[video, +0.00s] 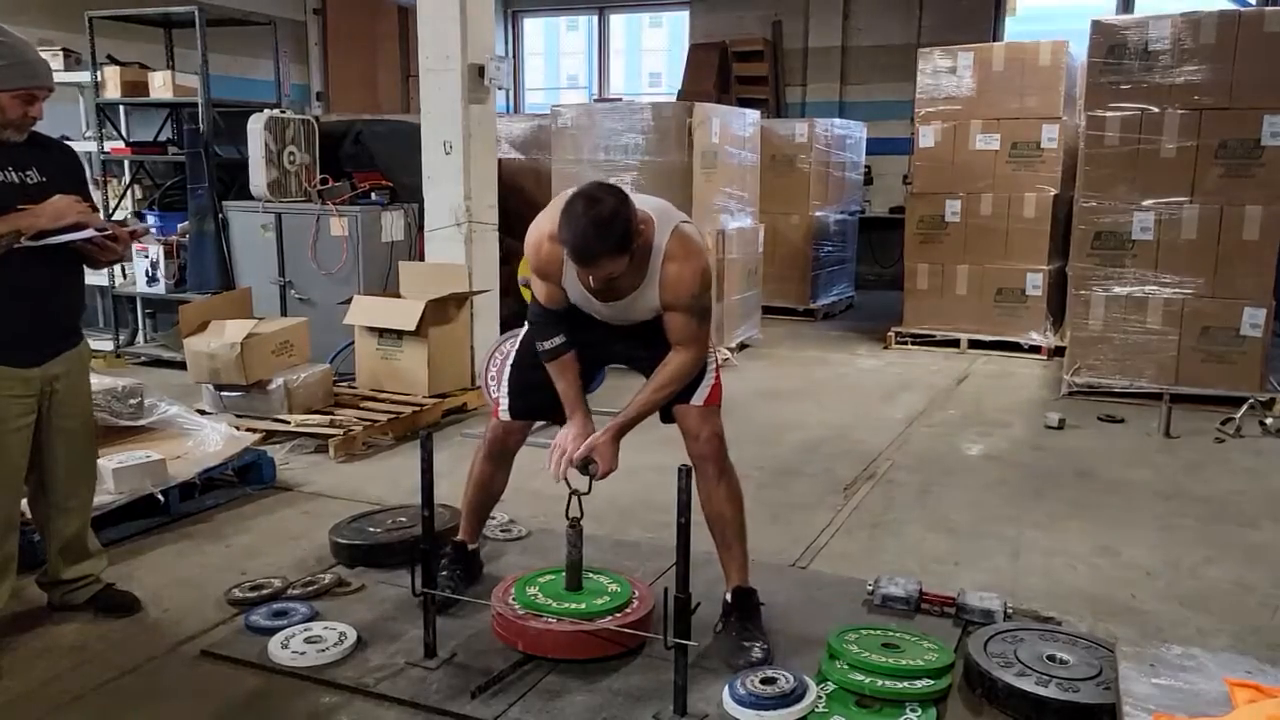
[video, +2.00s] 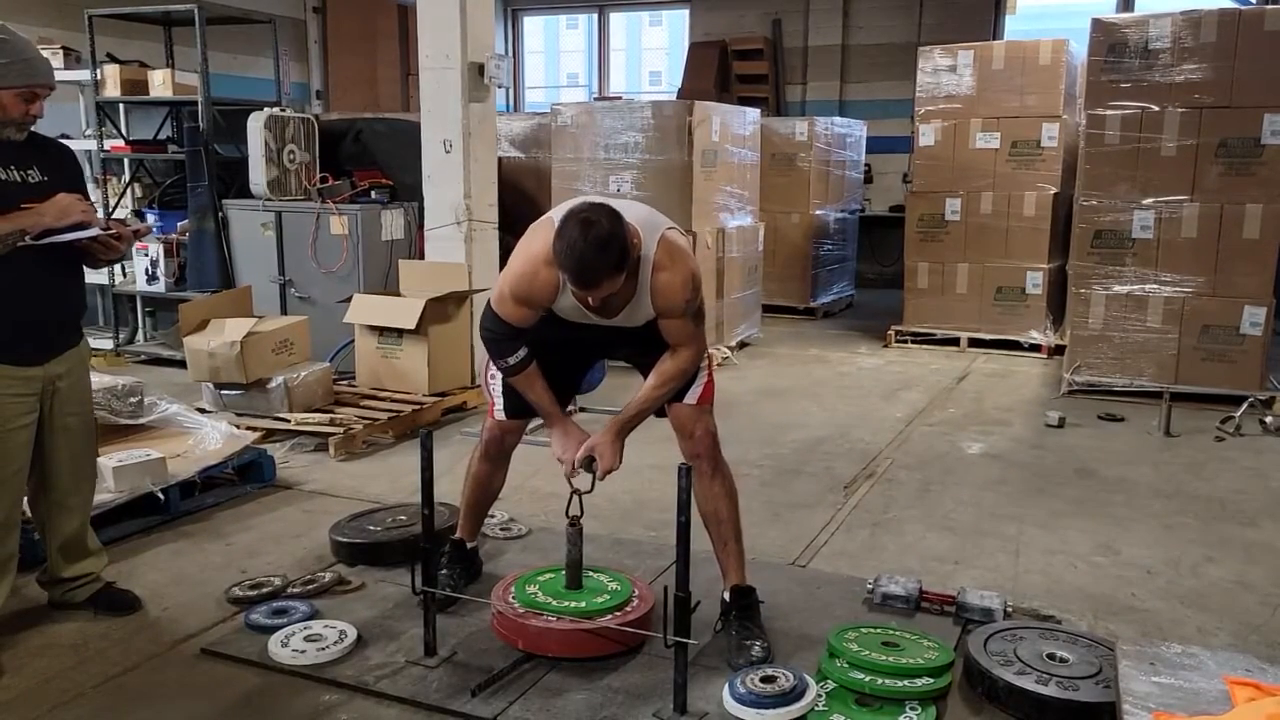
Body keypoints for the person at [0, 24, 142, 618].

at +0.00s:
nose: (36, 109)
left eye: (41, 98)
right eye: (25, 98)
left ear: (44, 95)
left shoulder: (60, 158)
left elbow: (87, 241)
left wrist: (108, 251)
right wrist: (37, 218)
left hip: (64, 348)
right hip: (6, 357)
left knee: (70, 474)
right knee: (7, 490)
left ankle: (74, 581)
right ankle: (5, 598)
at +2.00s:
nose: (37, 108)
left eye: (43, 96)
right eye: (26, 96)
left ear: (46, 92)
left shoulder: (58, 157)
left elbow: (80, 247)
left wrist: (107, 250)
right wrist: (39, 217)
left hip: (65, 347)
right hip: (6, 356)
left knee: (71, 474)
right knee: (6, 491)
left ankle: (74, 581)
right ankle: (0, 599)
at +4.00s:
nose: (43, 107)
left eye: (48, 95)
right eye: (32, 95)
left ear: (50, 92)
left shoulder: (58, 158)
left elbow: (86, 249)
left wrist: (112, 249)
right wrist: (21, 222)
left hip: (62, 347)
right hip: (5, 357)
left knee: (69, 473)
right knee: (7, 490)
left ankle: (74, 581)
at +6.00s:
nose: (54, 110)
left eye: (61, 98)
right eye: (43, 97)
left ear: (64, 96)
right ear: (7, 90)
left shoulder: (71, 160)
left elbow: (87, 253)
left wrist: (120, 250)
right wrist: (53, 232)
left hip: (68, 351)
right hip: (7, 360)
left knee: (70, 475)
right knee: (7, 491)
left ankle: (73, 580)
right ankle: (0, 599)